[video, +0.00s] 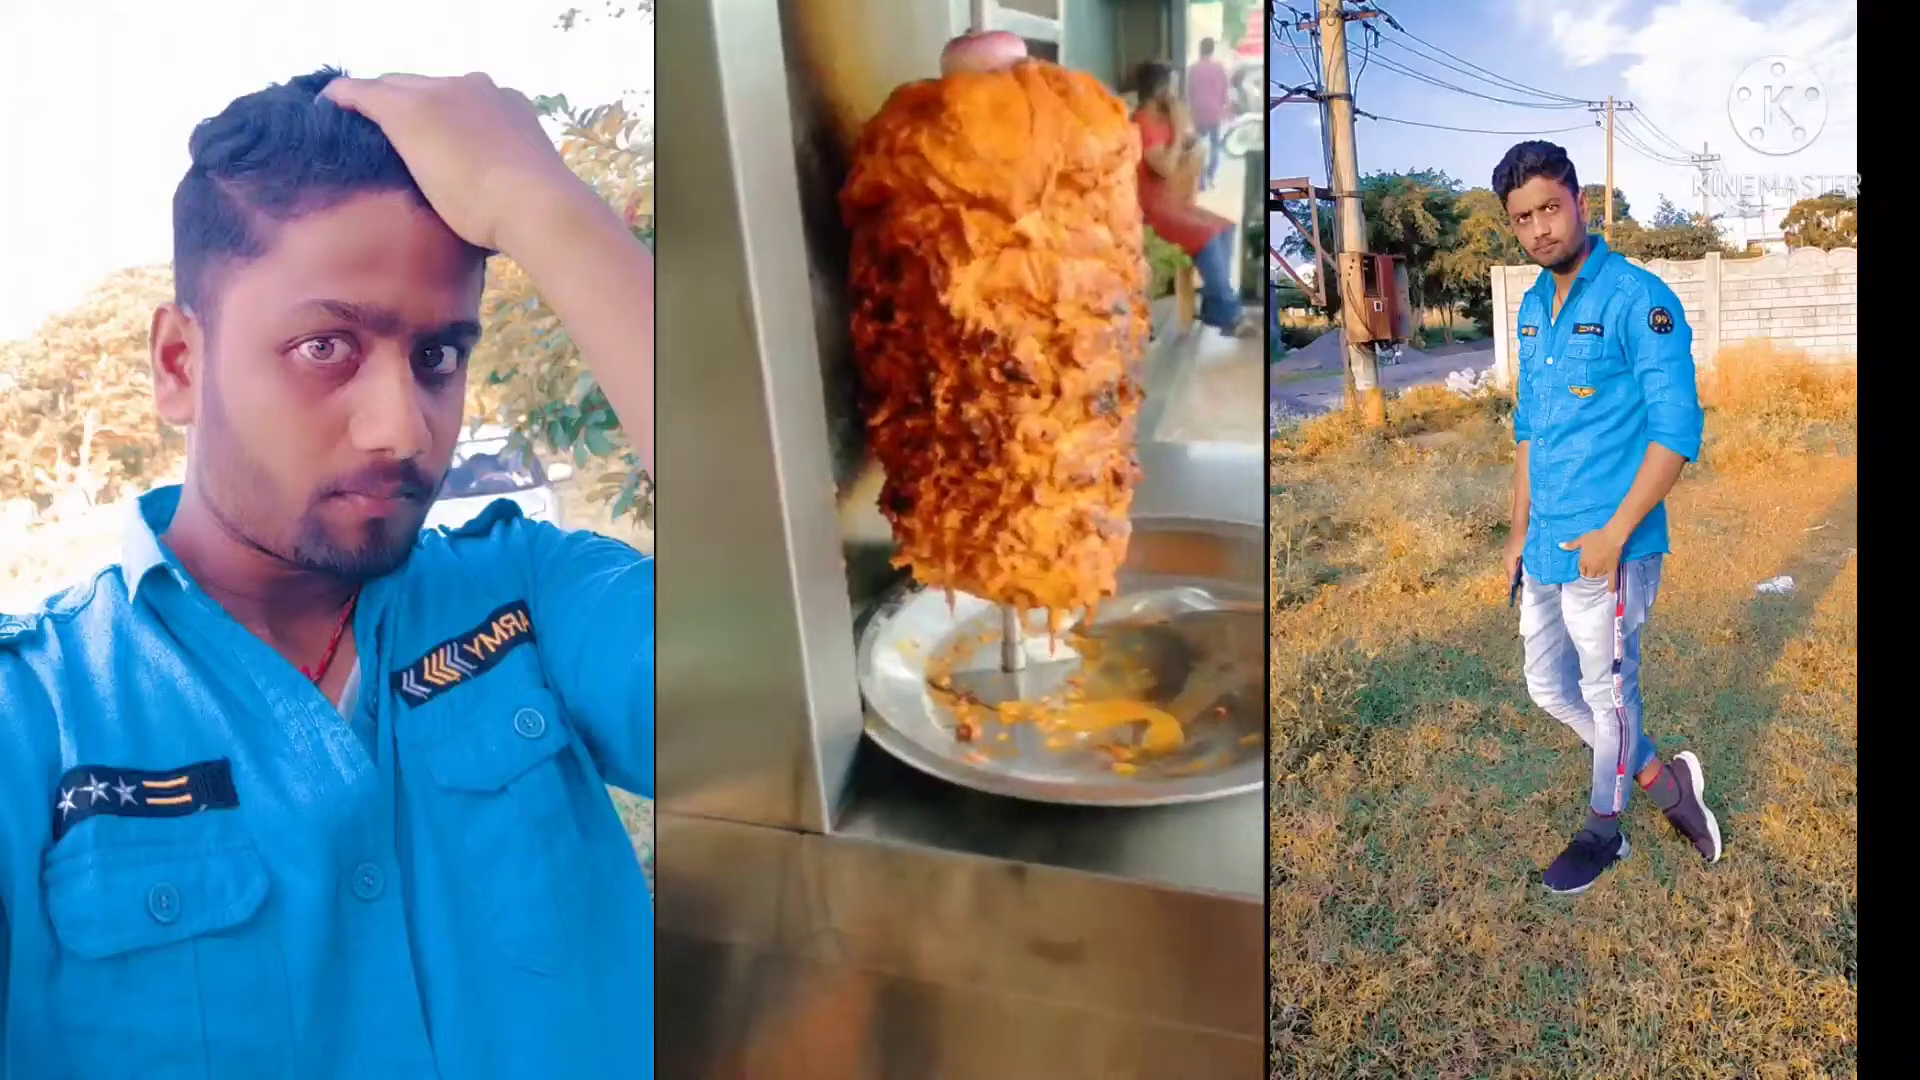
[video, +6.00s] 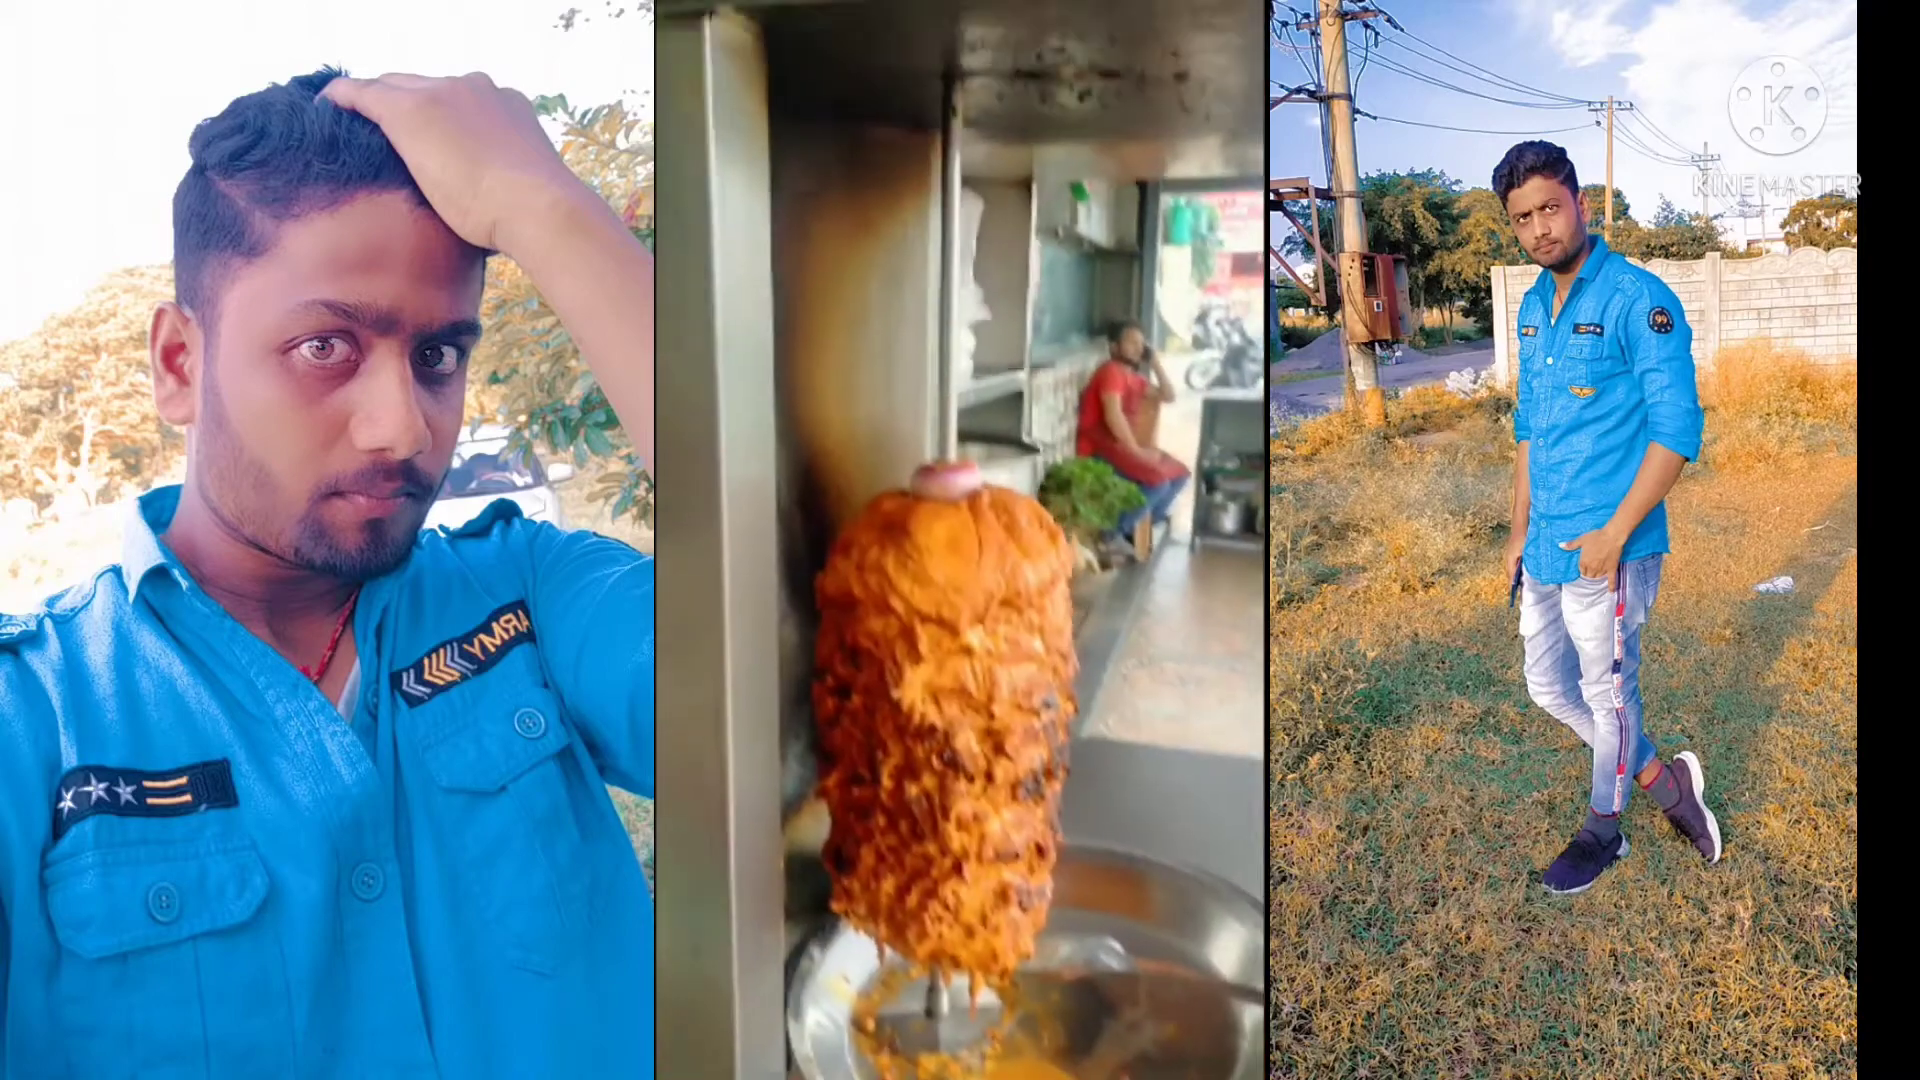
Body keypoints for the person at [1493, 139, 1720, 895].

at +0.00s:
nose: (1539, 228)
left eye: (1550, 208)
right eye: (1522, 218)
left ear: (1581, 202)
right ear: (1512, 228)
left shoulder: (1640, 298)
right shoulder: (1534, 306)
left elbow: (1678, 432)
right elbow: (1529, 431)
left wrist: (1616, 531)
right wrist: (1520, 530)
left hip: (1612, 537)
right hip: (1544, 538)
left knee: (1610, 690)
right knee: (1549, 684)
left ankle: (1603, 829)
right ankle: (1665, 778)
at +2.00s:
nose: (1538, 228)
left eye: (1549, 208)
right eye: (1522, 218)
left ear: (1581, 203)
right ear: (1513, 228)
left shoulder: (1640, 298)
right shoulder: (1534, 307)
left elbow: (1678, 431)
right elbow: (1529, 431)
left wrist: (1615, 532)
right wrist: (1520, 530)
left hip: (1611, 536)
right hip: (1544, 538)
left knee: (1610, 689)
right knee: (1548, 684)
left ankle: (1602, 828)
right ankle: (1666, 778)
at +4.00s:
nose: (1538, 228)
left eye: (1549, 208)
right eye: (1522, 219)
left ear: (1582, 203)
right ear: (1513, 229)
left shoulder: (1640, 298)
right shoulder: (1534, 306)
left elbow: (1678, 432)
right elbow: (1529, 431)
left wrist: (1616, 531)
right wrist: (1520, 529)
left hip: (1612, 536)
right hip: (1544, 537)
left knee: (1609, 689)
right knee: (1549, 684)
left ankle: (1602, 828)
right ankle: (1665, 778)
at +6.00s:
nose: (1537, 229)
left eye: (1548, 208)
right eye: (1522, 219)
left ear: (1582, 202)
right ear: (1513, 228)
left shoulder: (1641, 298)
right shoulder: (1534, 306)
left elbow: (1678, 432)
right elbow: (1529, 431)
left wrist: (1616, 532)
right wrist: (1520, 528)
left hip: (1612, 537)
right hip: (1544, 538)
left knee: (1610, 690)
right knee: (1549, 684)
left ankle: (1602, 828)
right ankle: (1664, 777)